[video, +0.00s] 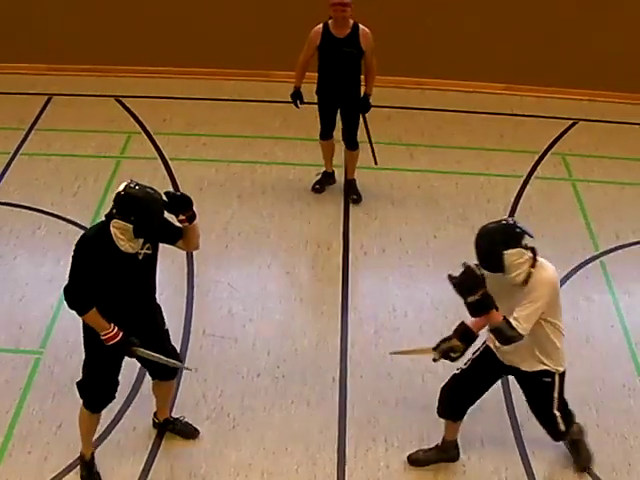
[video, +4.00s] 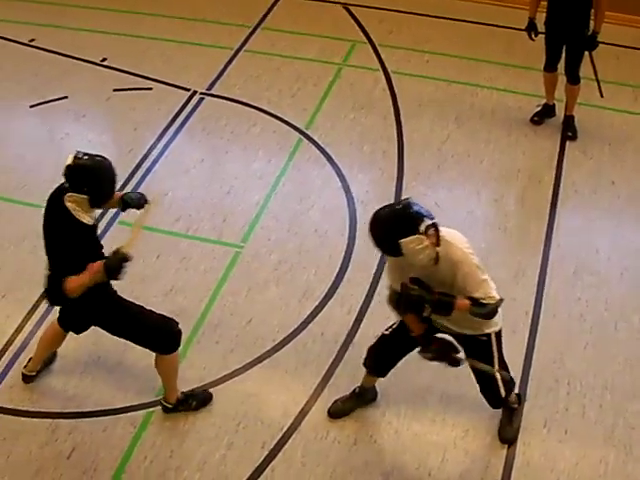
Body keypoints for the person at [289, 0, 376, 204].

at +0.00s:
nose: (341, 12)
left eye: (345, 8)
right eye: (337, 8)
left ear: (351, 10)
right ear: (331, 10)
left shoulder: (363, 34)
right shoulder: (319, 33)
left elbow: (369, 66)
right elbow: (304, 60)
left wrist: (367, 94)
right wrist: (296, 87)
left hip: (351, 95)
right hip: (326, 94)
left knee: (350, 139)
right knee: (325, 135)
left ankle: (350, 181)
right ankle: (328, 172)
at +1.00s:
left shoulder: (416, 4)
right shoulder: (372, 3)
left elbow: (422, 34)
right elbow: (361, 27)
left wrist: (420, 65)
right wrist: (354, 56)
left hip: (403, 65)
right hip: (379, 64)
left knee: (402, 108)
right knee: (379, 103)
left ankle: (402, 150)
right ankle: (381, 141)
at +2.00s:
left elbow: (537, 2)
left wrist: (534, 27)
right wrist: (470, 15)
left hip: (518, 23)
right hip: (493, 21)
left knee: (514, 70)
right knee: (491, 62)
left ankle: (512, 112)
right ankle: (491, 102)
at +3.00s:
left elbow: (552, 3)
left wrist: (548, 30)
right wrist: (485, 17)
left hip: (532, 26)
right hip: (507, 23)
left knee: (527, 71)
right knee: (504, 64)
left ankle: (524, 115)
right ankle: (504, 103)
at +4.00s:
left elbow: (600, 5)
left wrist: (595, 32)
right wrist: (531, 18)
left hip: (579, 28)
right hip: (554, 24)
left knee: (572, 74)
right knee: (550, 66)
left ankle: (569, 117)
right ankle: (549, 105)